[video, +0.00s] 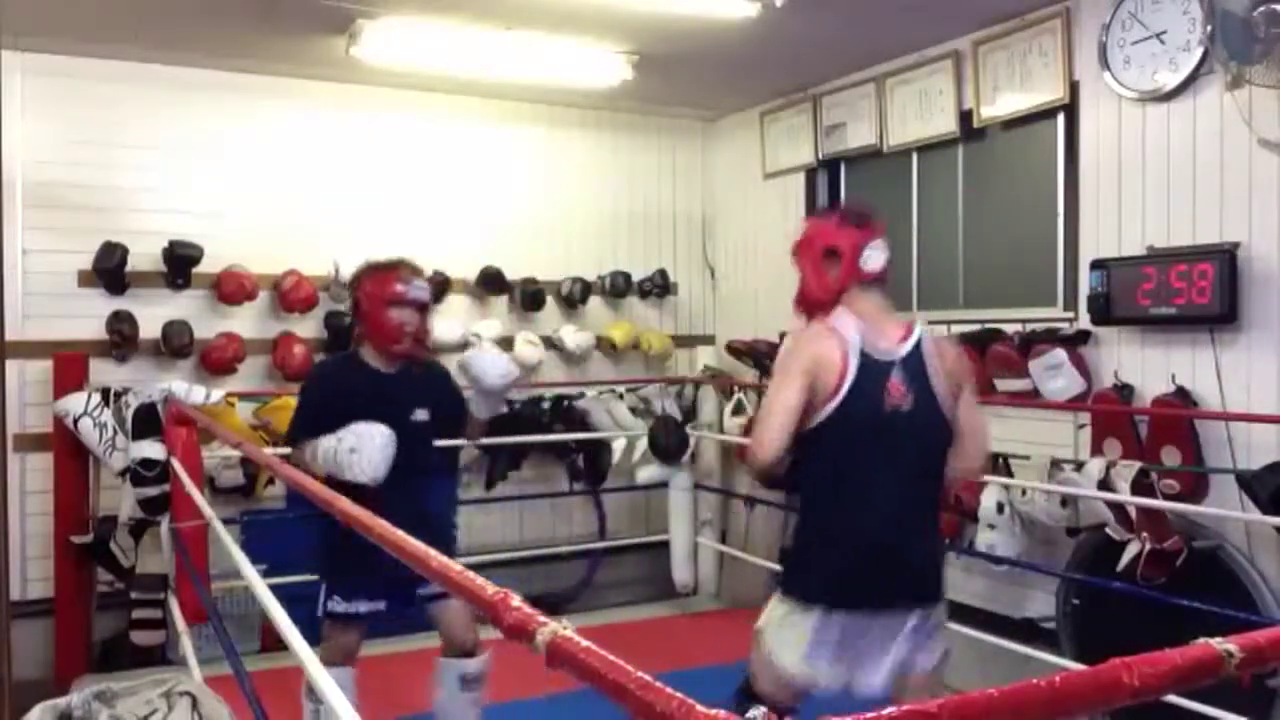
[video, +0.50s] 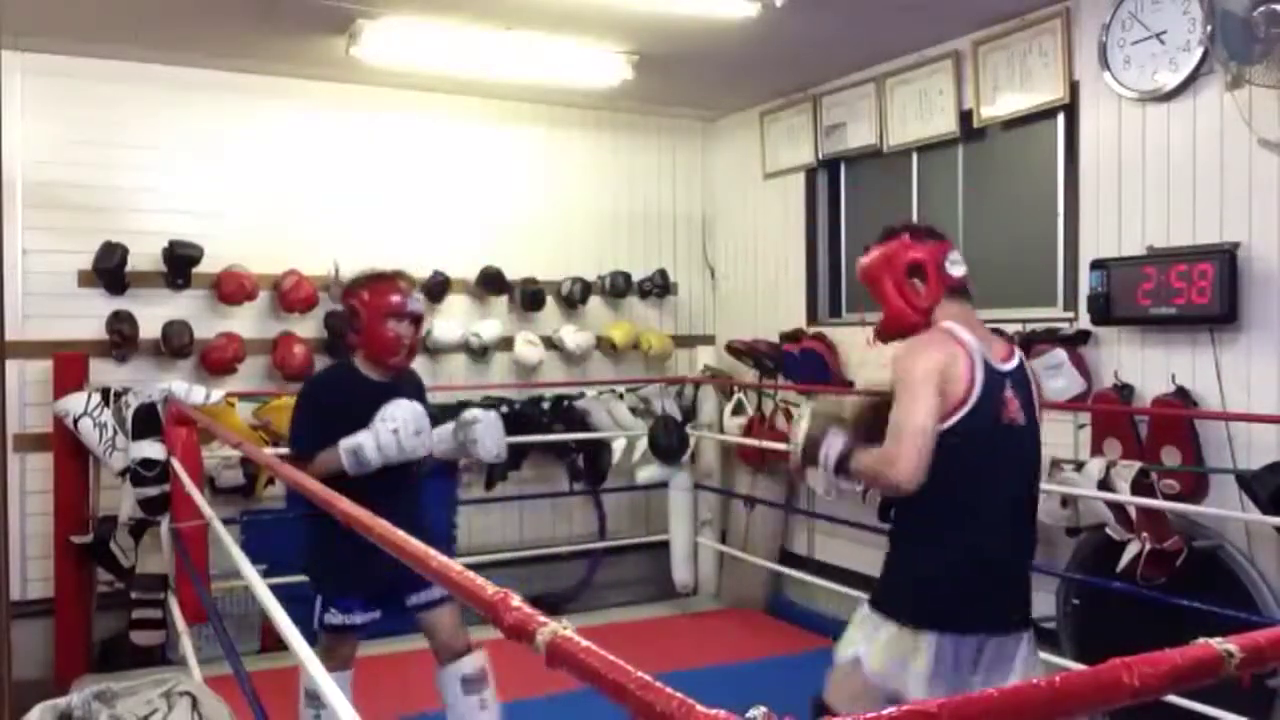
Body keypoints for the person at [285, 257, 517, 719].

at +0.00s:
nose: (410, 319)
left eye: (417, 308)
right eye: (397, 307)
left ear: (426, 314)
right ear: (366, 313)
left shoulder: (433, 378)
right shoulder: (330, 379)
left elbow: (467, 442)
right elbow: (299, 455)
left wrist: (487, 400)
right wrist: (332, 451)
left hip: (427, 536)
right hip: (352, 539)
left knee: (464, 639)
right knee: (341, 647)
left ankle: (459, 712)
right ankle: (319, 714)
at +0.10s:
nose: (399, 327)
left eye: (408, 317)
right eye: (387, 315)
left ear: (416, 323)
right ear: (356, 320)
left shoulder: (418, 380)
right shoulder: (320, 387)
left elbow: (446, 442)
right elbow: (286, 462)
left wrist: (472, 411)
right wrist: (329, 457)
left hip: (416, 541)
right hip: (345, 543)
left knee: (439, 653)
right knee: (337, 652)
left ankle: (411, 715)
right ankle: (324, 716)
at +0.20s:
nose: (393, 329)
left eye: (401, 319)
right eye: (380, 316)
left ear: (410, 326)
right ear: (346, 324)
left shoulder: (408, 382)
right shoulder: (314, 390)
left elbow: (421, 455)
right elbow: (286, 468)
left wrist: (459, 430)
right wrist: (337, 457)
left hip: (408, 543)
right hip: (341, 546)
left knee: (428, 660)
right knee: (337, 656)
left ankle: (404, 715)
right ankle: (322, 715)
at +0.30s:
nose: (394, 325)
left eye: (401, 315)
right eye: (381, 313)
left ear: (409, 322)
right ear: (346, 319)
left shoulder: (403, 378)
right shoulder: (309, 386)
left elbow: (413, 452)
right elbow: (284, 466)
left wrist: (452, 429)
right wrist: (344, 444)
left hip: (406, 537)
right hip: (340, 542)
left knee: (449, 645)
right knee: (335, 655)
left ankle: (422, 714)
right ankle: (322, 716)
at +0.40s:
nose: (398, 330)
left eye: (405, 319)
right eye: (386, 317)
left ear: (412, 325)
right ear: (351, 322)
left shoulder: (403, 380)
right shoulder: (314, 386)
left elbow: (404, 463)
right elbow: (287, 468)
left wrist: (447, 434)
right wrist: (352, 444)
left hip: (404, 541)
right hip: (339, 546)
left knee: (458, 635)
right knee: (334, 656)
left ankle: (451, 713)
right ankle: (321, 717)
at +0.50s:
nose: (406, 332)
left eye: (413, 322)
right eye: (394, 319)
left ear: (421, 326)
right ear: (361, 324)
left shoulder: (409, 383)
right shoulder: (323, 391)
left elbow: (405, 457)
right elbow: (299, 472)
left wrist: (452, 441)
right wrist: (368, 446)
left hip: (411, 543)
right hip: (344, 548)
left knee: (454, 644)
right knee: (336, 656)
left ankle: (473, 713)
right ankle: (321, 715)